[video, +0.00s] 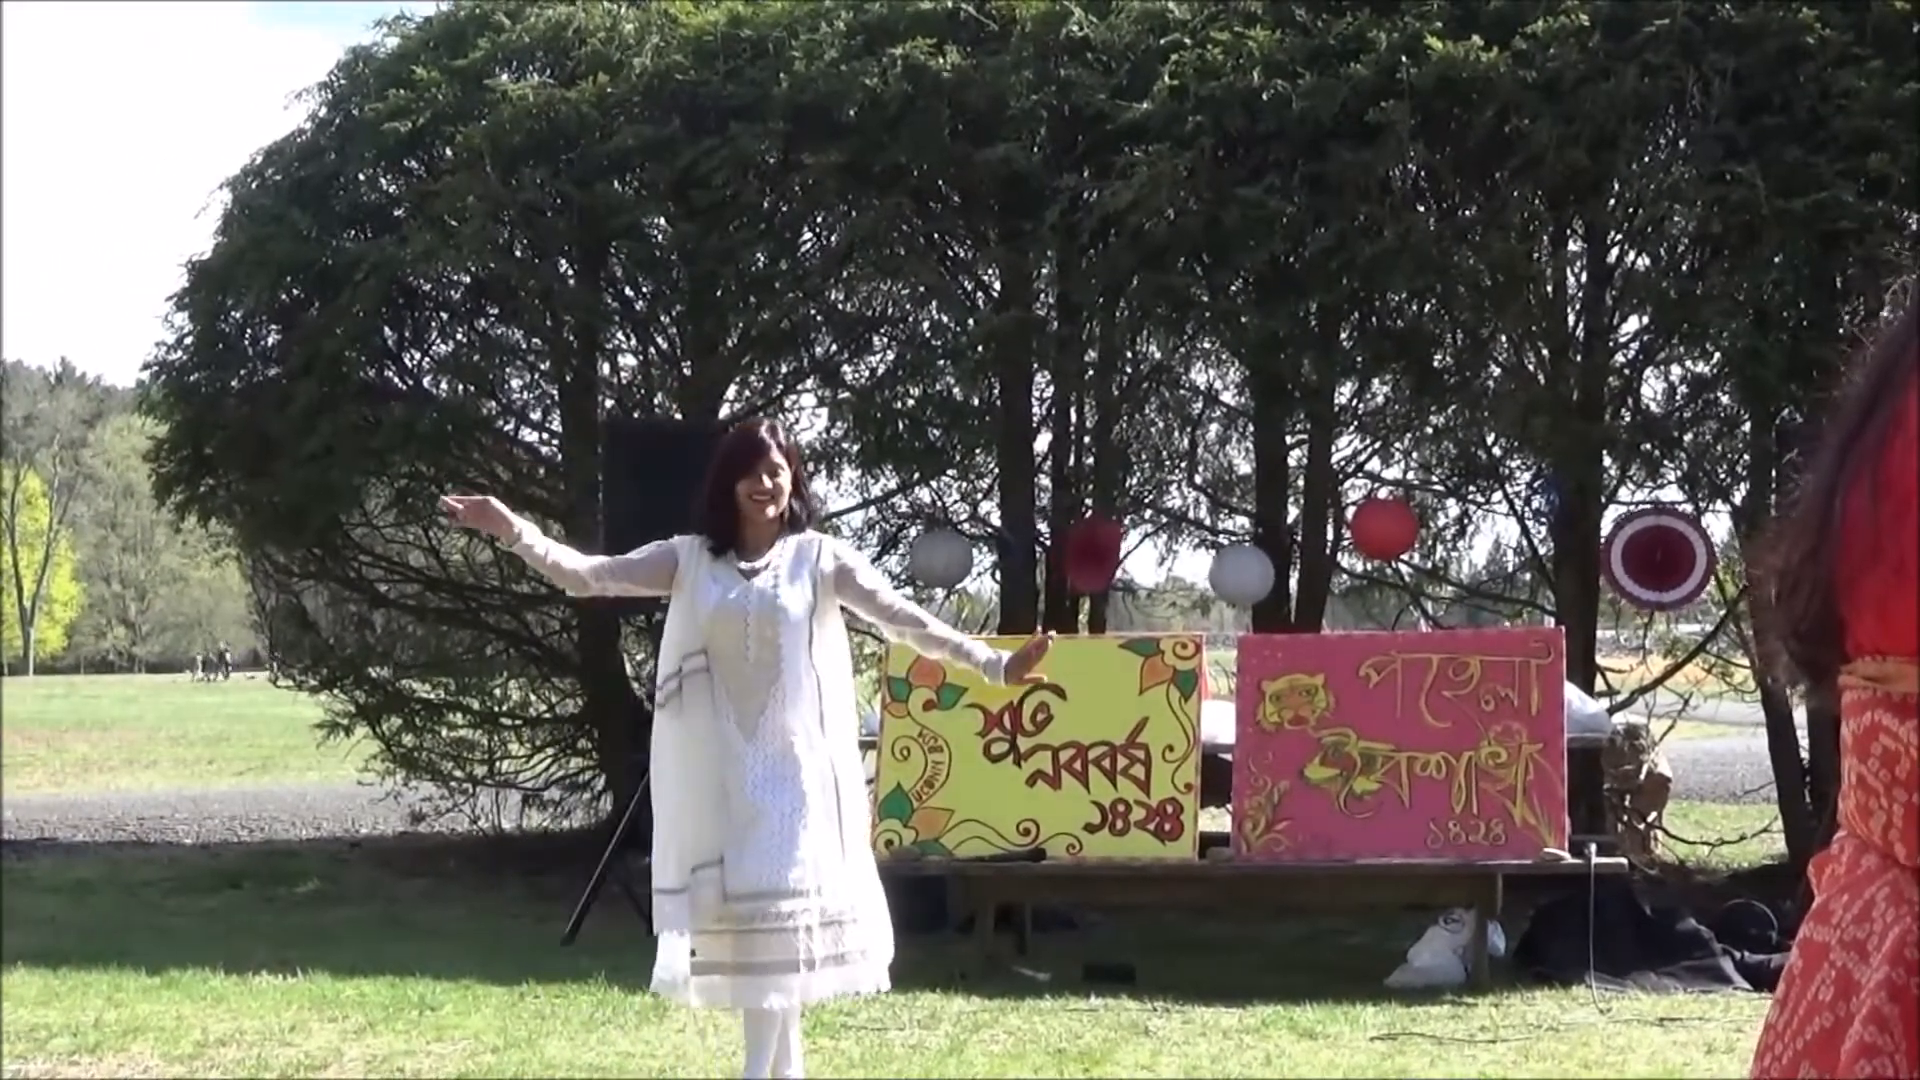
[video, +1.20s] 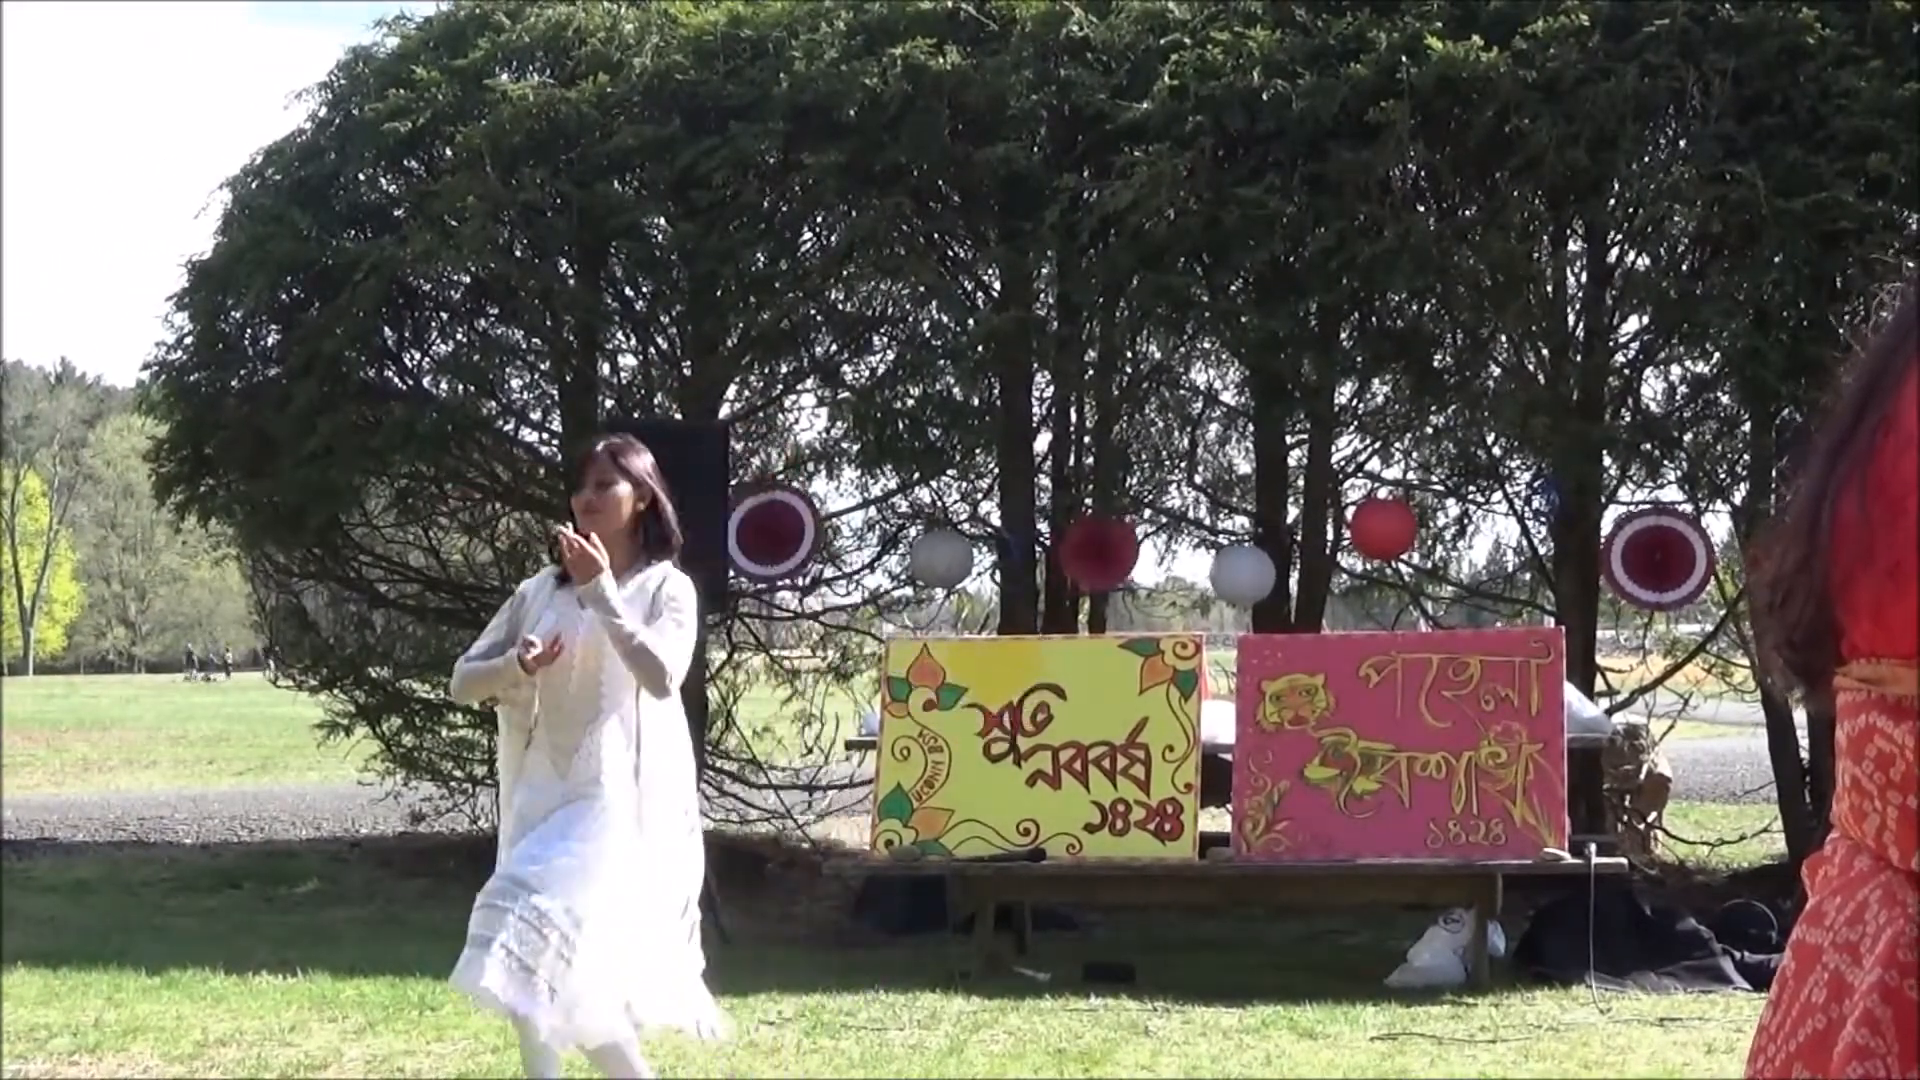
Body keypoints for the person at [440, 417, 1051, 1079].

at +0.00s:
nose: (768, 483)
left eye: (777, 471)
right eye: (753, 472)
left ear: (793, 480)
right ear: (727, 483)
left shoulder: (820, 557)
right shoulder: (693, 558)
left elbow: (907, 619)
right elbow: (584, 575)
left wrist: (994, 660)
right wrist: (513, 528)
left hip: (799, 758)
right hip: (720, 756)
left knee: (770, 908)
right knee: (753, 911)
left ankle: (763, 1068)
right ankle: (783, 1063)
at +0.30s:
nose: (752, 489)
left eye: (764, 477)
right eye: (739, 477)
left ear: (785, 487)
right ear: (718, 488)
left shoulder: (809, 567)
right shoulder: (679, 571)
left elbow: (898, 636)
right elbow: (589, 629)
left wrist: (991, 691)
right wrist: (569, 603)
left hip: (782, 769)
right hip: (698, 769)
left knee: (773, 918)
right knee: (724, 920)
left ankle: (770, 1066)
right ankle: (770, 1065)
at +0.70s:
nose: (722, 509)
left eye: (738, 497)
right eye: (711, 496)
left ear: (761, 511)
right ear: (692, 504)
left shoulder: (779, 587)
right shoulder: (655, 599)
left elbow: (874, 662)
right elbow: (584, 691)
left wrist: (971, 727)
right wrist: (596, 666)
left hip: (753, 804)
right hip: (669, 799)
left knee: (750, 963)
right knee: (617, 919)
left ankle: (758, 1069)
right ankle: (666, 1073)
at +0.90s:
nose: (685, 500)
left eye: (702, 490)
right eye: (675, 487)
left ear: (726, 506)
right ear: (655, 498)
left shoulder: (745, 593)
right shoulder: (611, 591)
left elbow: (825, 676)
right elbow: (541, 684)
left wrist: (932, 693)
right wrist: (591, 662)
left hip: (722, 821)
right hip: (622, 821)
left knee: (744, 983)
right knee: (606, 980)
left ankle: (758, 1068)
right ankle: (641, 1075)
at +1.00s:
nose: (654, 492)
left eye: (672, 481)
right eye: (644, 480)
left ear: (700, 499)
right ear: (629, 493)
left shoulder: (721, 590)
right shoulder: (589, 585)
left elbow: (778, 682)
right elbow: (525, 684)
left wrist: (853, 650)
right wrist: (583, 657)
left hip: (697, 817)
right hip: (600, 818)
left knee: (723, 984)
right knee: (603, 988)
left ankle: (738, 1068)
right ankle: (637, 1076)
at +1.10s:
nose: (622, 497)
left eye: (640, 484)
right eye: (613, 485)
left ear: (673, 499)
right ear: (601, 499)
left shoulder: (697, 587)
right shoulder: (567, 588)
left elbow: (727, 688)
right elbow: (499, 686)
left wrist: (725, 601)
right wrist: (559, 661)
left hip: (656, 799)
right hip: (571, 800)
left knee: (567, 929)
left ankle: (667, 1056)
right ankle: (642, 1070)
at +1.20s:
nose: (588, 499)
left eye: (605, 486)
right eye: (583, 487)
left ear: (642, 500)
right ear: (573, 498)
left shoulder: (667, 586)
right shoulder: (539, 591)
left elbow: (663, 674)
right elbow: (463, 681)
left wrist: (602, 589)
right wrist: (517, 666)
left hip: (620, 800)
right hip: (539, 802)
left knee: (515, 915)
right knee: (570, 967)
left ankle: (541, 1069)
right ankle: (633, 1070)